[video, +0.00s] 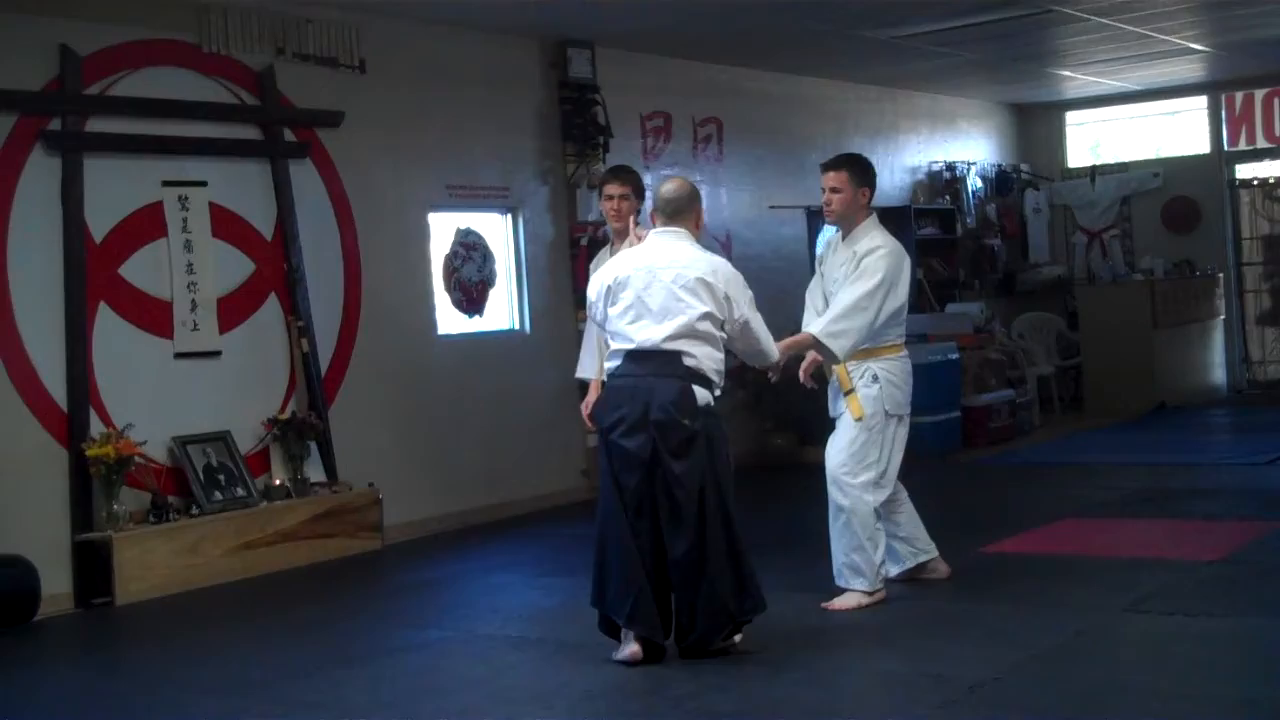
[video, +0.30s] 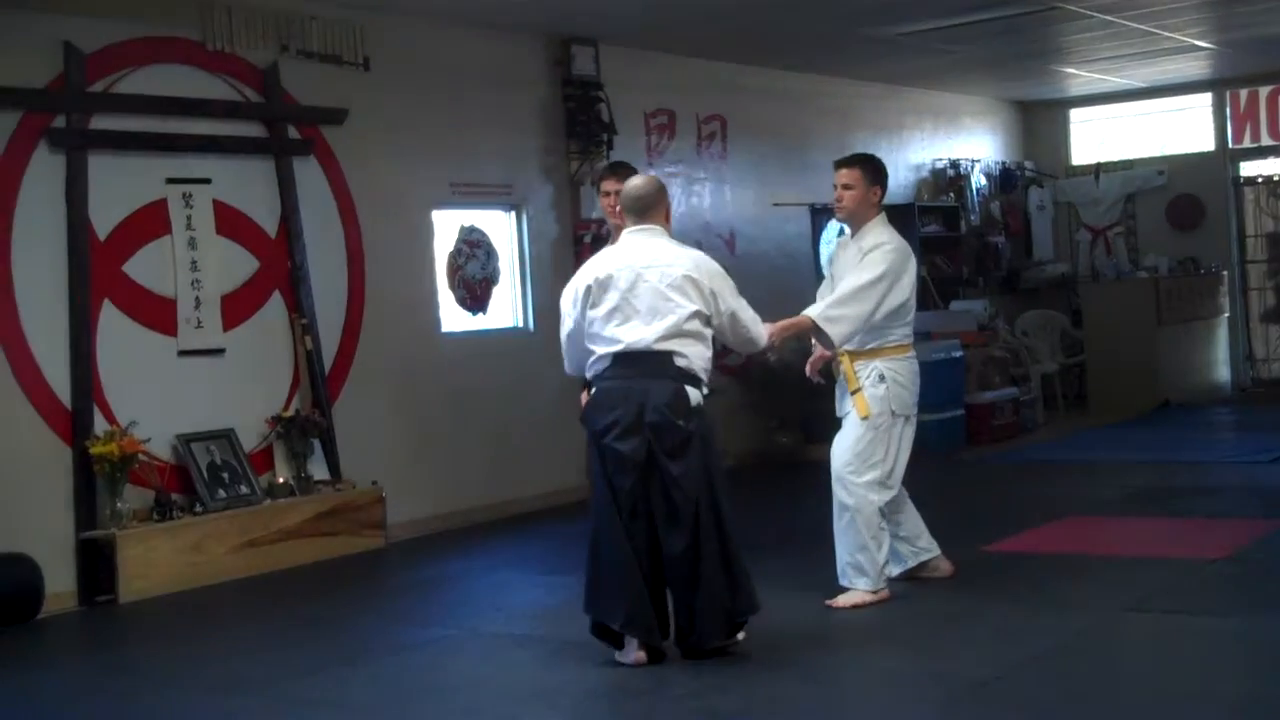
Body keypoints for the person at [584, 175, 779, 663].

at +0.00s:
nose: (704, 221)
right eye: (703, 215)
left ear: (652, 216)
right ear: (699, 218)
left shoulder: (613, 268)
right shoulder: (715, 270)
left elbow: (596, 324)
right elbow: (760, 350)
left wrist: (623, 255)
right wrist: (782, 351)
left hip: (620, 391)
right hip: (685, 391)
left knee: (628, 512)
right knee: (698, 509)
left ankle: (636, 633)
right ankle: (709, 628)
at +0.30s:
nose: (674, 216)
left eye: (615, 208)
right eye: (672, 209)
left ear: (621, 215)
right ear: (667, 213)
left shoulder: (591, 271)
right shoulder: (697, 264)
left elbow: (573, 351)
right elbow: (749, 336)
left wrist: (586, 381)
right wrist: (768, 335)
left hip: (610, 397)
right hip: (677, 393)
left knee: (622, 516)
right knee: (692, 510)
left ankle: (637, 638)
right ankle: (706, 631)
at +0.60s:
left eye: (600, 210)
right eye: (655, 208)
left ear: (604, 216)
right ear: (653, 212)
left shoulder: (578, 272)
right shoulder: (686, 265)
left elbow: (552, 347)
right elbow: (737, 334)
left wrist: (554, 416)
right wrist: (759, 330)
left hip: (604, 402)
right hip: (668, 399)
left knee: (612, 518)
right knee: (687, 512)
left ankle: (633, 638)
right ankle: (706, 628)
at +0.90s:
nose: (596, 215)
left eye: (596, 209)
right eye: (654, 207)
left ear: (602, 214)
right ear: (652, 210)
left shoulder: (578, 272)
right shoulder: (686, 265)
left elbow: (552, 356)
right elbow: (735, 339)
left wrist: (562, 414)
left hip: (604, 403)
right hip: (669, 400)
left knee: (612, 520)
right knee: (687, 513)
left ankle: (632, 638)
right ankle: (708, 626)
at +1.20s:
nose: (679, 217)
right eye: (676, 210)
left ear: (625, 218)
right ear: (669, 214)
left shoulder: (594, 269)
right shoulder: (696, 263)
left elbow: (578, 360)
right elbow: (738, 332)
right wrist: (758, 352)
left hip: (614, 400)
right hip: (681, 396)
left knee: (621, 519)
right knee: (704, 511)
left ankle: (634, 638)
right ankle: (721, 623)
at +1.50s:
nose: (747, 221)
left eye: (743, 213)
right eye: (745, 214)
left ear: (695, 220)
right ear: (738, 218)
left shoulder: (663, 266)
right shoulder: (759, 274)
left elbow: (634, 321)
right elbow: (810, 351)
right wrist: (812, 375)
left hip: (665, 400)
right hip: (730, 403)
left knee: (661, 519)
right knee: (760, 516)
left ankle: (643, 637)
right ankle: (808, 623)